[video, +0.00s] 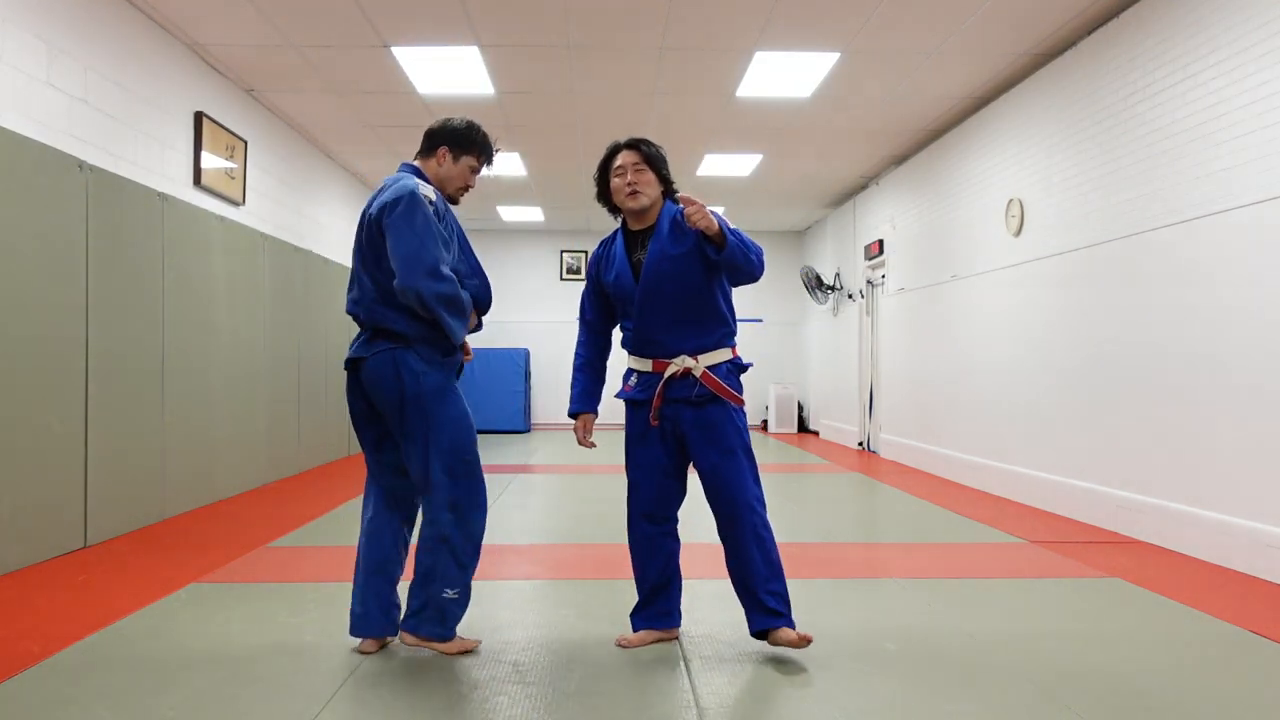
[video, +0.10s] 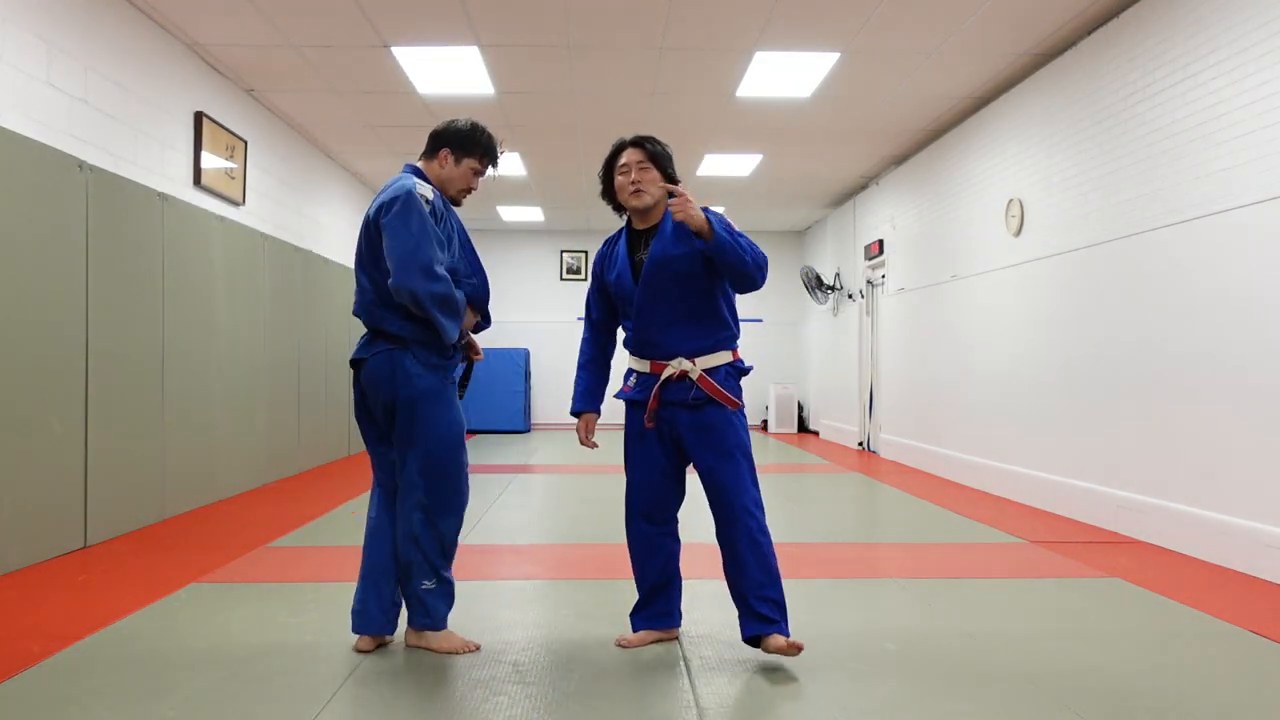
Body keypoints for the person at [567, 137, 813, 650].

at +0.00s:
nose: (629, 177)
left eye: (639, 168)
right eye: (619, 172)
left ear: (661, 178)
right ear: (609, 191)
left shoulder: (696, 221)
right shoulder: (607, 255)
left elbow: (751, 268)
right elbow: (593, 332)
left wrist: (715, 231)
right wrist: (584, 403)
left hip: (712, 382)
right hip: (646, 389)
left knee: (740, 504)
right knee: (649, 511)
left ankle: (772, 620)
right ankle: (658, 620)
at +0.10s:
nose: (633, 175)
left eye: (643, 166)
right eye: (622, 170)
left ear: (668, 179)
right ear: (613, 189)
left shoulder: (703, 224)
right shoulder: (612, 254)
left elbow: (752, 275)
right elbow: (598, 331)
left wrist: (707, 227)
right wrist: (586, 402)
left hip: (711, 384)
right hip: (646, 390)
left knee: (739, 508)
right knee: (648, 512)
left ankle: (766, 626)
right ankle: (658, 620)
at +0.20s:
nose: (644, 174)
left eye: (656, 165)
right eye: (635, 169)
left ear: (680, 175)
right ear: (625, 184)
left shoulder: (708, 224)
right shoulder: (619, 250)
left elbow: (749, 281)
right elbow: (606, 330)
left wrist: (681, 237)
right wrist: (595, 400)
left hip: (710, 386)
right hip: (648, 390)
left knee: (733, 515)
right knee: (649, 514)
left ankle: (759, 634)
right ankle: (661, 618)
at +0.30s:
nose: (659, 171)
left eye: (672, 163)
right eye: (651, 165)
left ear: (696, 176)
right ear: (640, 180)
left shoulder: (724, 228)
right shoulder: (639, 243)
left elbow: (738, 298)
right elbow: (621, 326)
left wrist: (657, 279)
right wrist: (604, 397)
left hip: (712, 389)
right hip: (655, 391)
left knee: (725, 522)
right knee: (650, 514)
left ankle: (750, 649)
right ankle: (660, 619)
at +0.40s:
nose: (675, 170)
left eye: (688, 161)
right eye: (666, 163)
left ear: (714, 173)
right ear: (658, 177)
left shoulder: (738, 230)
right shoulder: (654, 242)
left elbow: (734, 314)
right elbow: (637, 324)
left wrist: (650, 329)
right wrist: (616, 396)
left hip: (719, 389)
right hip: (663, 390)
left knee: (727, 522)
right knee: (650, 513)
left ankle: (752, 653)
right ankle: (659, 621)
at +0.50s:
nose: (686, 165)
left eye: (701, 156)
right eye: (679, 157)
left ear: (728, 168)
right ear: (670, 170)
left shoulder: (749, 228)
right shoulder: (672, 233)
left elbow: (754, 324)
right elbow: (658, 319)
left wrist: (672, 337)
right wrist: (637, 389)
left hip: (732, 389)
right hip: (676, 388)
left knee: (733, 522)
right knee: (654, 509)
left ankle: (753, 655)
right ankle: (662, 618)